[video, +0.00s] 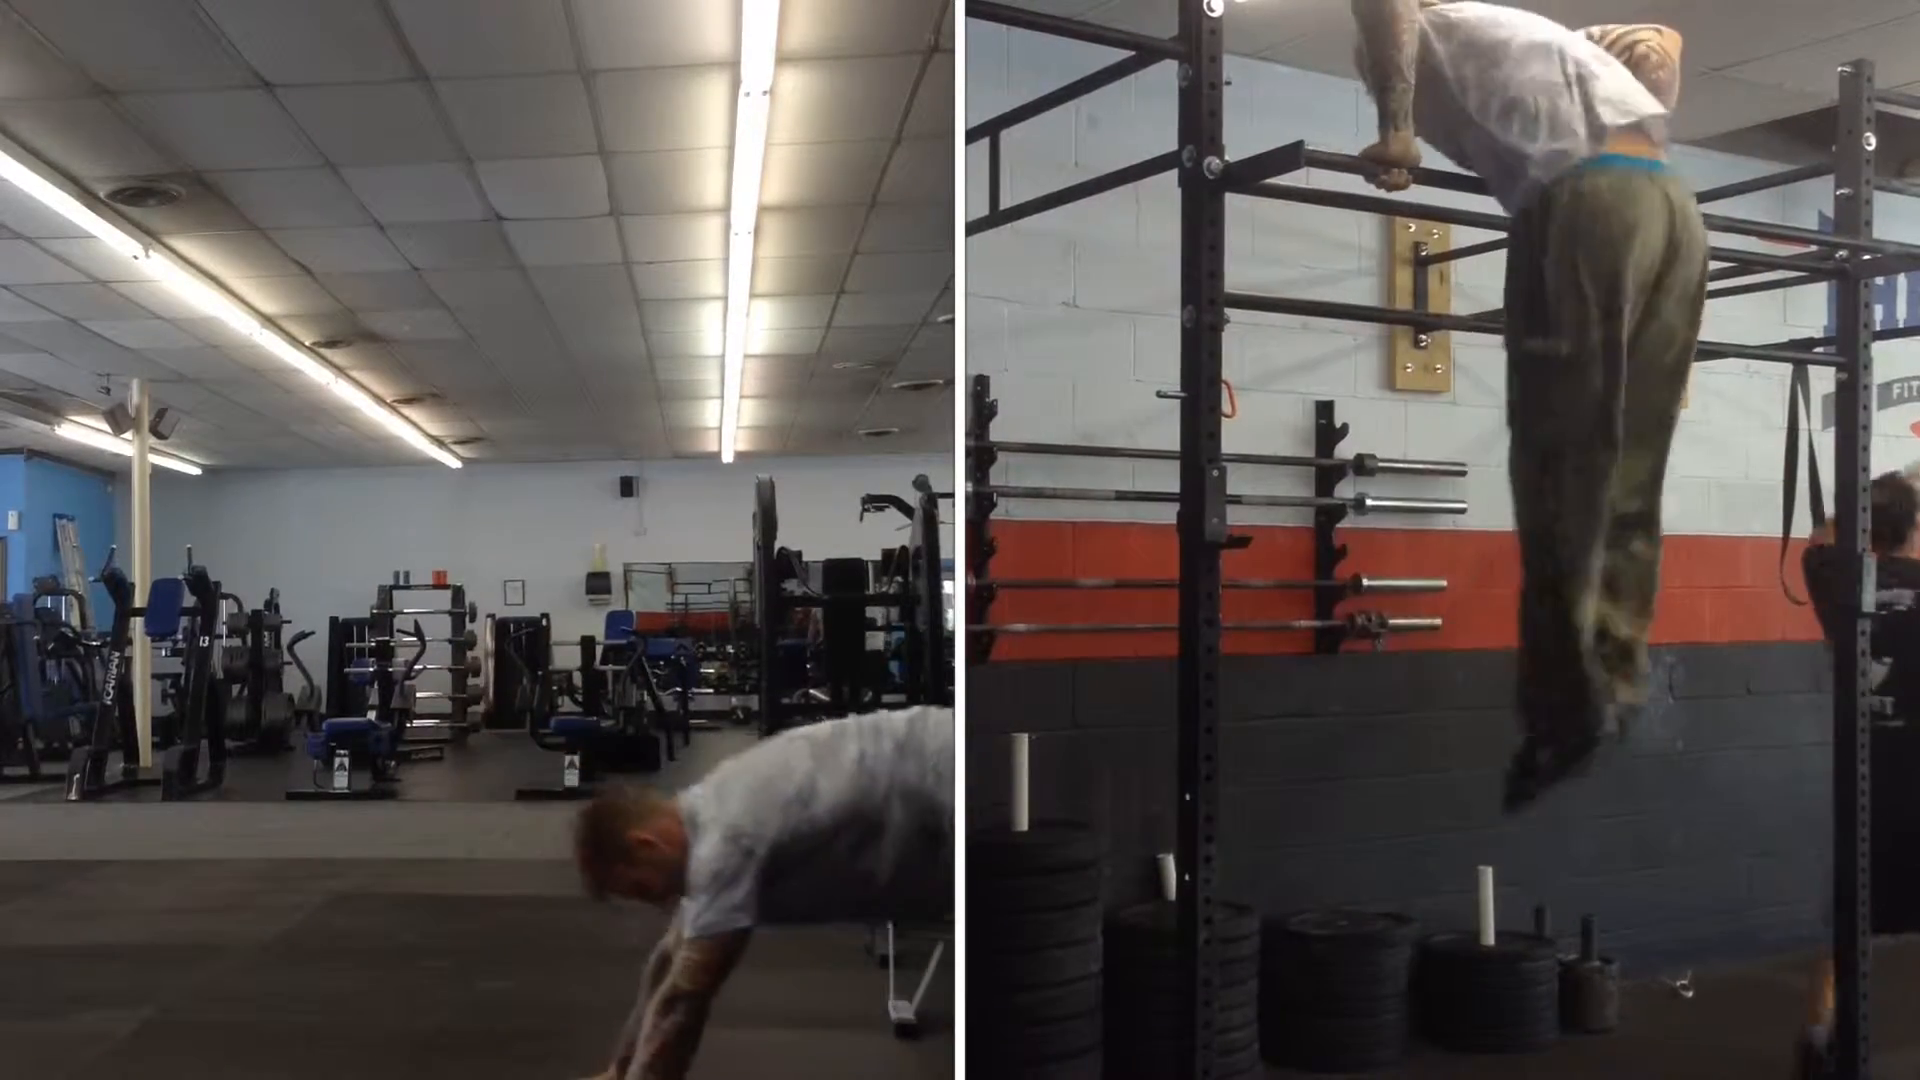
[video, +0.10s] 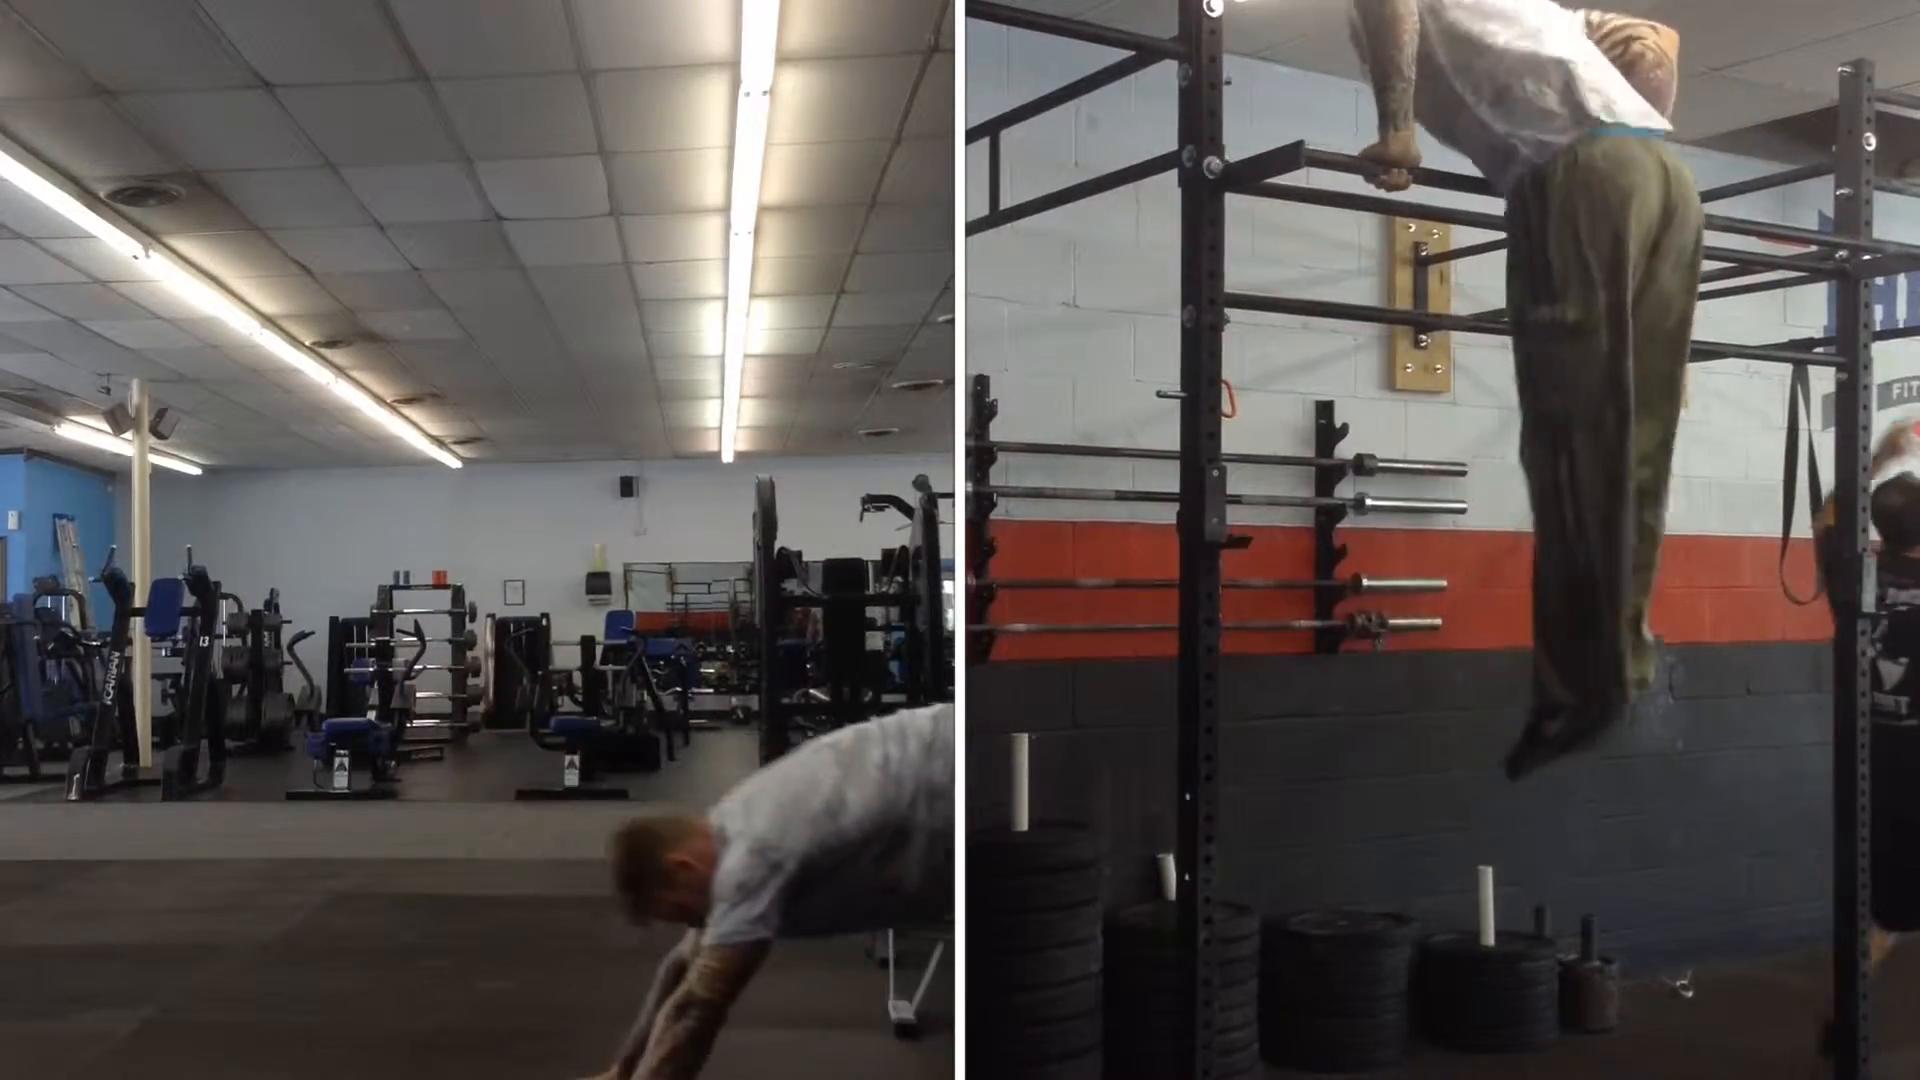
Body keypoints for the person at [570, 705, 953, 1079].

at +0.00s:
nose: (645, 899)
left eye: (633, 887)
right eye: (630, 894)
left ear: (646, 845)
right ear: (648, 834)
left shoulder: (727, 834)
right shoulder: (707, 815)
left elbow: (686, 1001)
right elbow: (669, 963)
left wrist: (635, 1076)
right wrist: (620, 1066)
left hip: (971, 775)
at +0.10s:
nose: (686, 922)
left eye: (677, 912)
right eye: (675, 918)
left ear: (684, 866)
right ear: (687, 854)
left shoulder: (754, 851)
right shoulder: (736, 831)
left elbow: (699, 1012)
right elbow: (683, 968)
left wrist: (642, 1078)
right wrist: (622, 1070)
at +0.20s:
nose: (722, 938)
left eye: (714, 930)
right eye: (711, 936)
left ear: (718, 887)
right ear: (719, 878)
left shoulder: (781, 861)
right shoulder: (760, 844)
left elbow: (714, 1014)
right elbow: (696, 971)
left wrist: (648, 1077)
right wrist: (625, 1066)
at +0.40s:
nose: (759, 983)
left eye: (751, 973)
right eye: (743, 981)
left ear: (753, 922)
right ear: (751, 914)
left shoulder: (809, 890)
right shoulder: (781, 874)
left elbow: (732, 1033)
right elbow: (712, 993)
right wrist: (628, 1070)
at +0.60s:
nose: (747, 1010)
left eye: (734, 1000)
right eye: (730, 1012)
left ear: (728, 955)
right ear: (728, 941)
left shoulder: (791, 917)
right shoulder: (766, 900)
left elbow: (750, 1066)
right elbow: (714, 1025)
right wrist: (629, 1073)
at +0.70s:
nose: (717, 1020)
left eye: (702, 1014)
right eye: (702, 1021)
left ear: (699, 969)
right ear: (697, 960)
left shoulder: (762, 929)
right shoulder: (745, 911)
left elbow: (756, 1068)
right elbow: (719, 1035)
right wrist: (632, 1072)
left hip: (975, 775)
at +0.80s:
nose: (672, 1035)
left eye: (657, 1027)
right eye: (656, 1034)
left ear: (659, 980)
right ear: (658, 972)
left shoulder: (727, 947)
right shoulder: (711, 922)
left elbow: (754, 1067)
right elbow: (725, 1043)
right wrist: (641, 1072)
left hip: (956, 795)